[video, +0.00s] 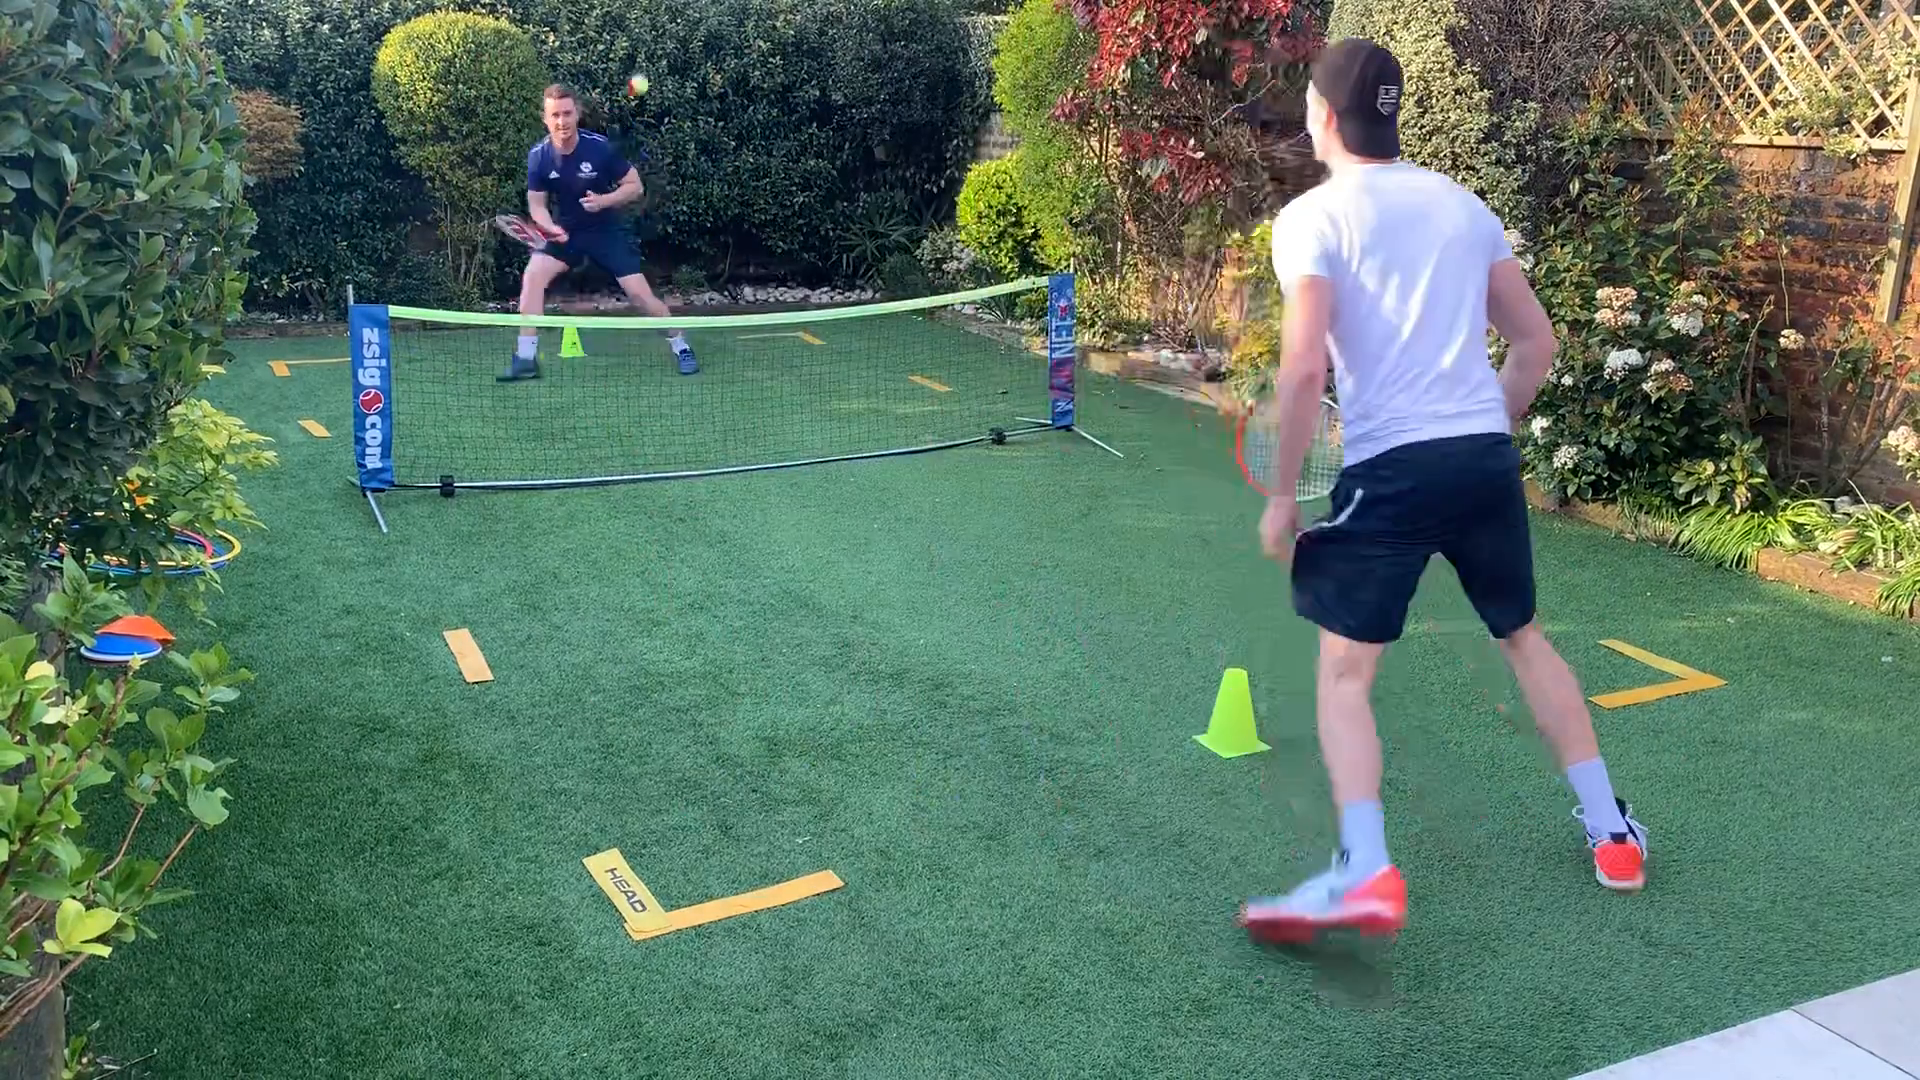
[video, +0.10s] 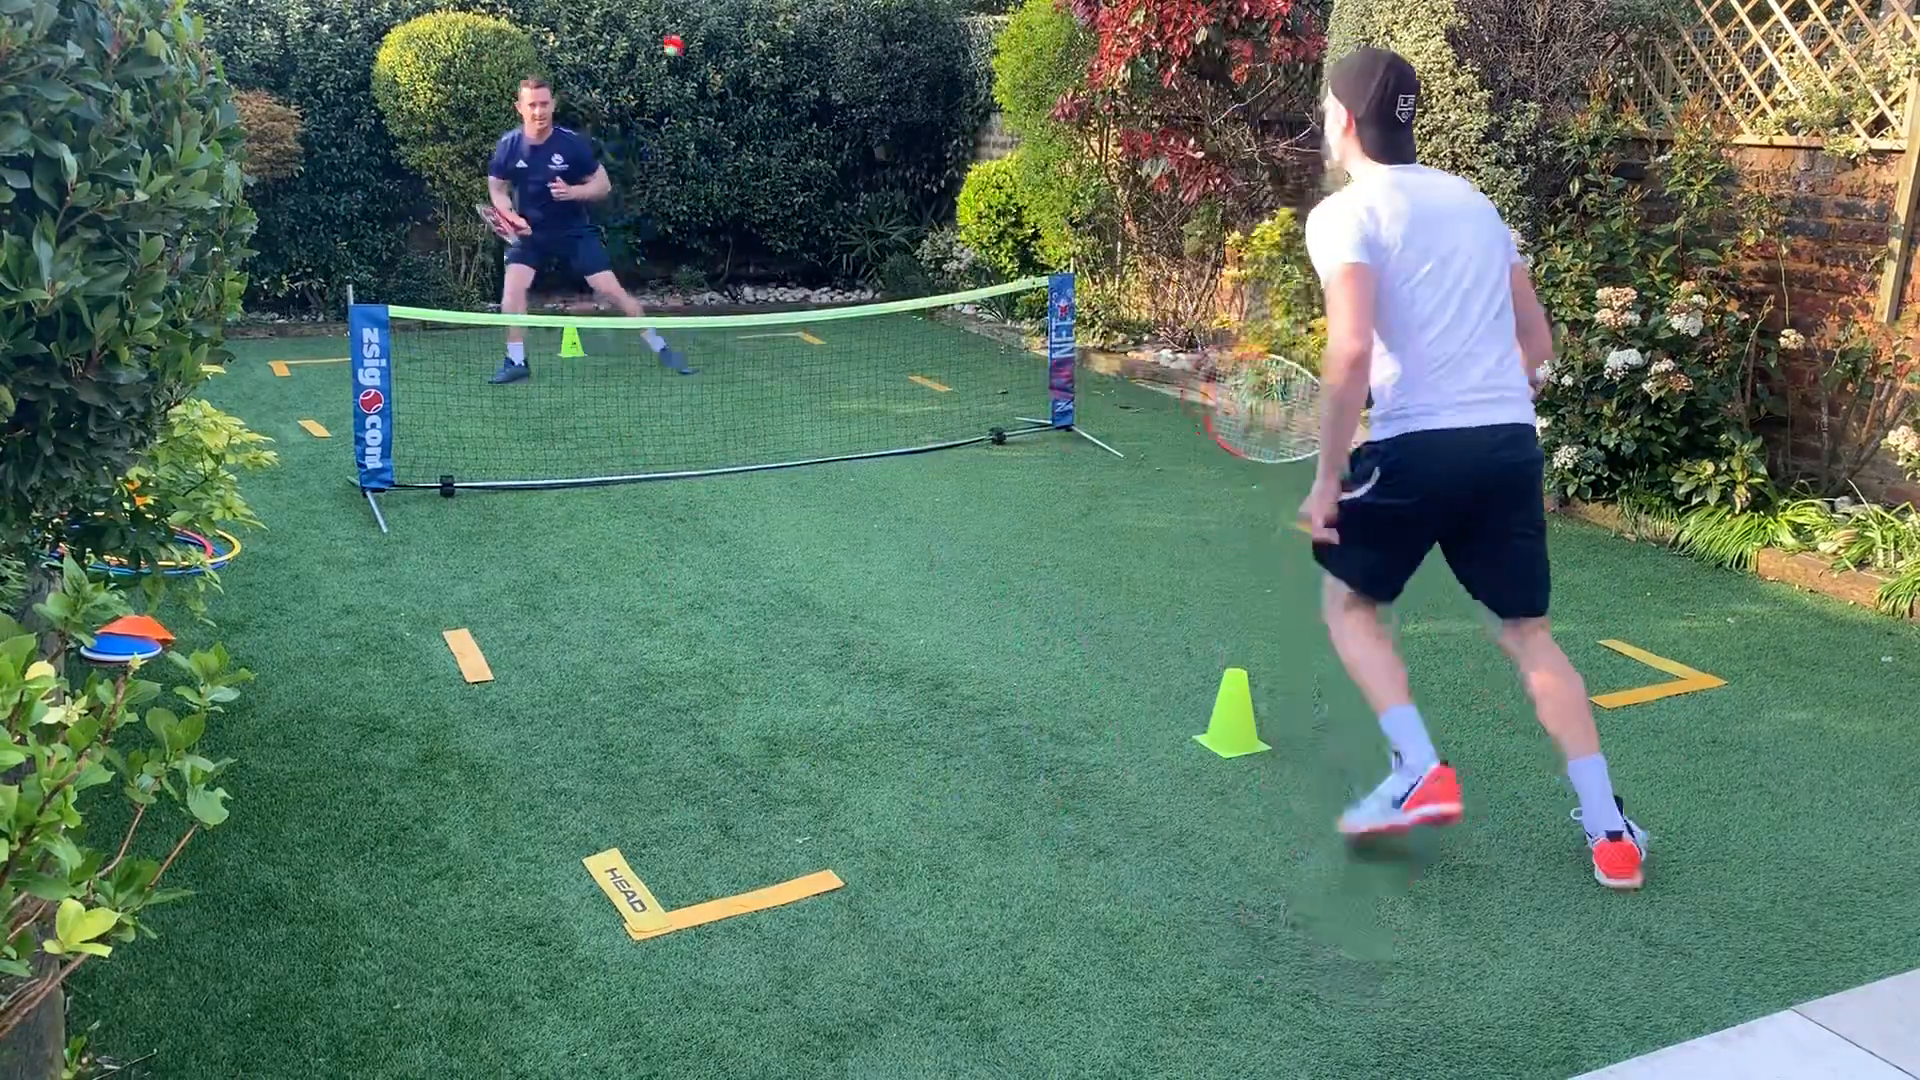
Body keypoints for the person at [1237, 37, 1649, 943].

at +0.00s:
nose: (1306, 122)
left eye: (1309, 108)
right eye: (1309, 106)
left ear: (1324, 116)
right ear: (1396, 114)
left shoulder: (1312, 216)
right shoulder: (1461, 202)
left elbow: (1306, 365)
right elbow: (1536, 343)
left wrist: (1283, 490)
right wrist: (1487, 429)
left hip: (1390, 471)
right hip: (1487, 462)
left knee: (1345, 675)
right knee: (1525, 637)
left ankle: (1364, 868)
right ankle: (1612, 832)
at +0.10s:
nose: (1322, 128)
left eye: (1325, 114)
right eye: (1325, 113)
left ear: (1345, 120)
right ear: (1408, 118)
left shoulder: (1343, 212)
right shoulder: (1472, 201)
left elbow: (1352, 355)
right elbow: (1535, 340)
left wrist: (1326, 478)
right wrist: (1468, 402)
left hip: (1412, 453)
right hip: (1510, 449)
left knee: (1349, 600)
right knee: (1532, 634)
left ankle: (1419, 769)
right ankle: (1608, 823)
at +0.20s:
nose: (1315, 132)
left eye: (1319, 119)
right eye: (1319, 118)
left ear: (1337, 128)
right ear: (1392, 128)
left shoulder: (1347, 212)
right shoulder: (1453, 198)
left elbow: (1352, 345)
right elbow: (1483, 322)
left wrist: (1317, 455)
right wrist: (1398, 423)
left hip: (1446, 427)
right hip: (1527, 425)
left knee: (1344, 535)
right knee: (1494, 599)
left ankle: (1389, 714)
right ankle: (1594, 755)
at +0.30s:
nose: (1308, 162)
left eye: (1312, 149)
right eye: (1310, 149)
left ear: (1331, 157)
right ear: (1382, 154)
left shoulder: (1348, 246)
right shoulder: (1449, 215)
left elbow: (1323, 389)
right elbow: (1479, 344)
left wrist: (1286, 480)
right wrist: (1405, 424)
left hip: (1455, 438)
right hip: (1529, 437)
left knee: (1350, 524)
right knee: (1445, 551)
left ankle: (1378, 700)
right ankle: (1549, 673)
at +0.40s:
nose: (1305, 181)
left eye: (1309, 168)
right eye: (1306, 167)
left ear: (1328, 176)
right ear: (1378, 170)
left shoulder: (1357, 265)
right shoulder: (1441, 220)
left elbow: (1321, 411)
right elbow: (1484, 341)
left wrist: (1282, 478)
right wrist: (1410, 418)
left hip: (1494, 428)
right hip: (1546, 413)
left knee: (1351, 526)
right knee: (1414, 501)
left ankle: (1379, 700)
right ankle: (1486, 654)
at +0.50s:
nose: (1311, 177)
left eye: (1314, 164)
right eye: (1312, 163)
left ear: (1338, 174)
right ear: (1376, 165)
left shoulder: (1389, 253)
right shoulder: (1438, 213)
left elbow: (1373, 398)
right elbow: (1485, 341)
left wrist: (1332, 435)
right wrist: (1415, 405)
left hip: (1522, 409)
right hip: (1555, 391)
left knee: (1364, 523)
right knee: (1422, 496)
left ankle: (1380, 700)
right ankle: (1470, 638)